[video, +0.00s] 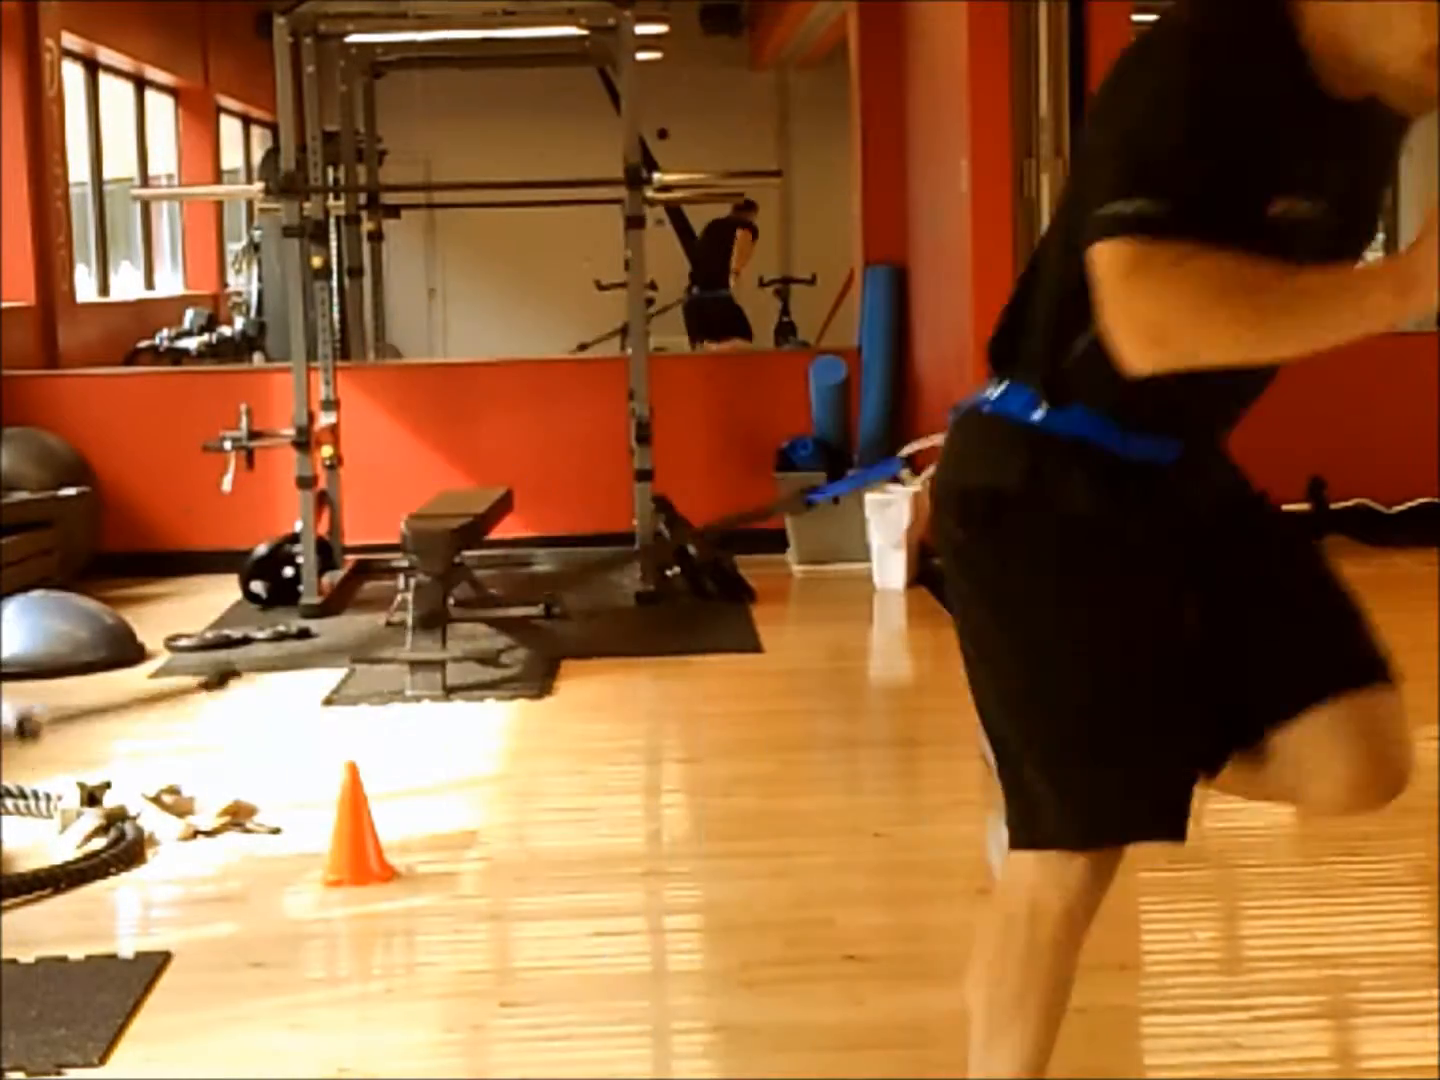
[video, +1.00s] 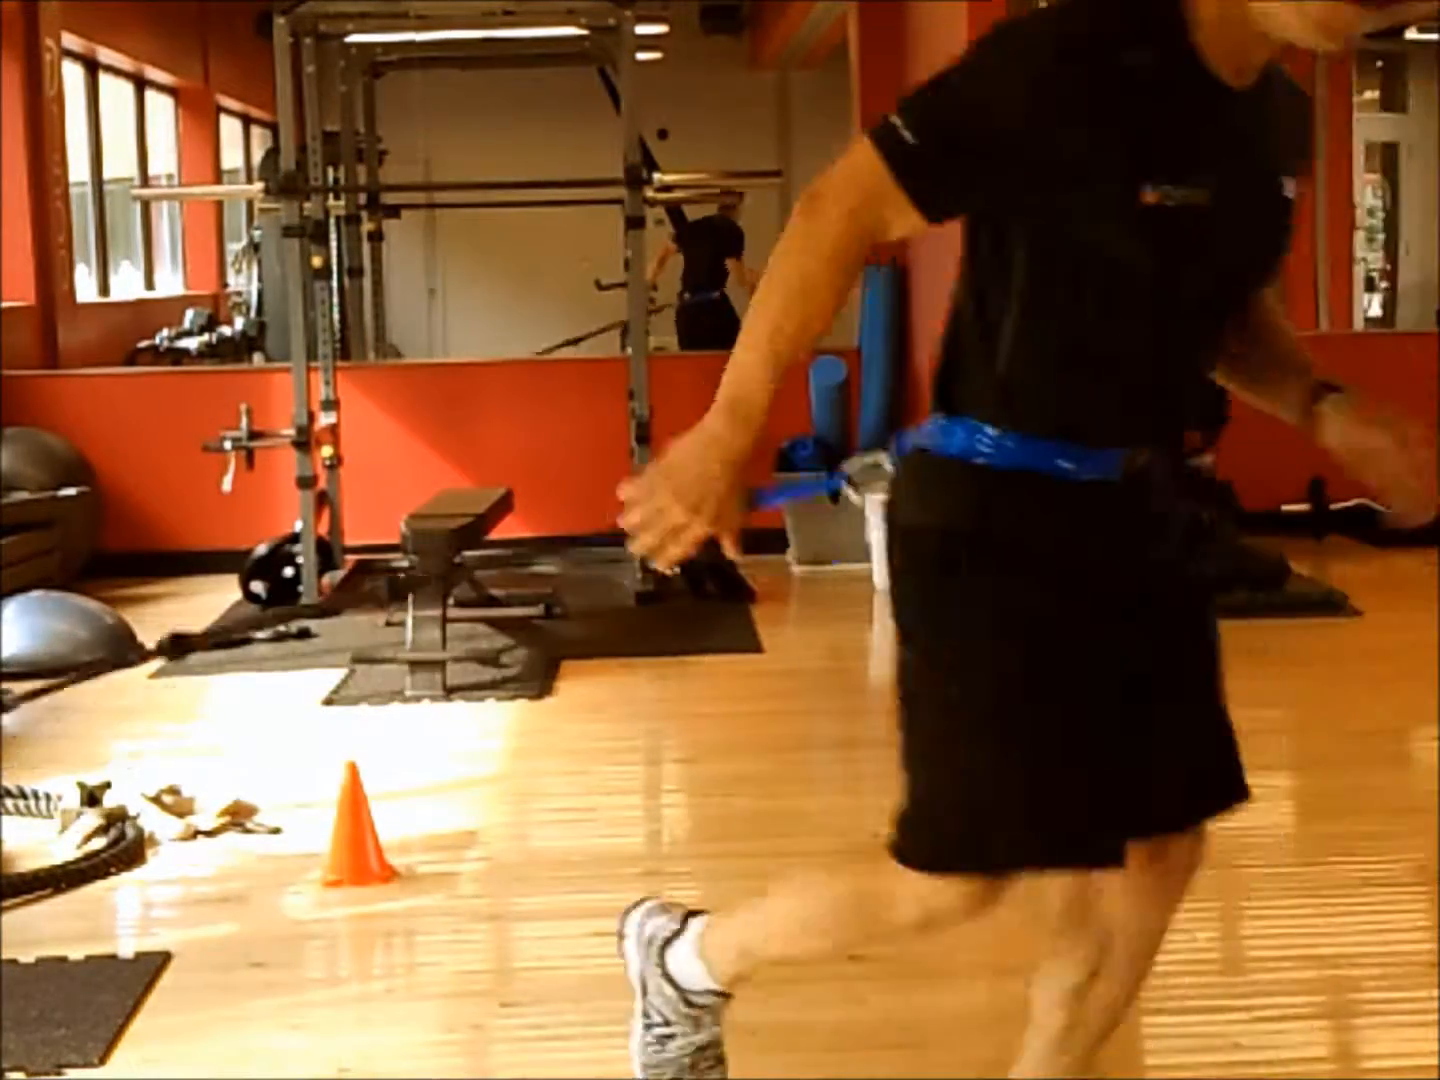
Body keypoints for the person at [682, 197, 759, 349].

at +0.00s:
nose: (754, 218)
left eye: (754, 215)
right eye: (754, 215)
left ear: (733, 211)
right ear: (752, 214)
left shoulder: (712, 224)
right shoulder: (747, 225)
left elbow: (698, 254)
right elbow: (743, 236)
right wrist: (737, 269)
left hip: (694, 300)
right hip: (718, 299)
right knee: (744, 339)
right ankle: (709, 348)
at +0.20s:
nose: (778, 216)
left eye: (778, 213)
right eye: (778, 212)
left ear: (760, 206)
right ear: (775, 210)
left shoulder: (731, 221)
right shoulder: (773, 226)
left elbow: (700, 245)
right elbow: (773, 278)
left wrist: (695, 284)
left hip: (719, 297)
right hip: (745, 296)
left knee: (726, 353)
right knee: (752, 353)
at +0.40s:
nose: (783, 211)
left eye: (784, 207)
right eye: (783, 207)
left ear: (765, 202)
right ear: (778, 204)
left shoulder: (739, 217)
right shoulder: (778, 220)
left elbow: (709, 234)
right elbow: (782, 260)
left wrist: (709, 275)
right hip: (748, 292)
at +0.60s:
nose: (774, 223)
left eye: (774, 219)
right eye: (774, 219)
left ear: (753, 214)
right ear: (769, 217)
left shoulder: (731, 228)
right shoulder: (764, 232)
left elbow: (717, 258)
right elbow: (762, 272)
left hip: (716, 303)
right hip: (742, 302)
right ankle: (738, 344)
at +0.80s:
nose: (766, 208)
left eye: (766, 204)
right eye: (766, 204)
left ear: (745, 200)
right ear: (764, 204)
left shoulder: (718, 218)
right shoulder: (760, 225)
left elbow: (685, 244)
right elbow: (761, 278)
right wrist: (771, 308)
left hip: (705, 298)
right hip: (731, 297)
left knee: (714, 356)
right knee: (741, 355)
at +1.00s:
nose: (741, 212)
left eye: (740, 206)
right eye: (740, 207)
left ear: (719, 206)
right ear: (736, 207)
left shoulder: (694, 226)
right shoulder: (732, 230)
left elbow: (665, 252)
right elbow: (738, 276)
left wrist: (651, 279)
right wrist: (752, 281)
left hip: (687, 305)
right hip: (716, 303)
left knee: (692, 362)